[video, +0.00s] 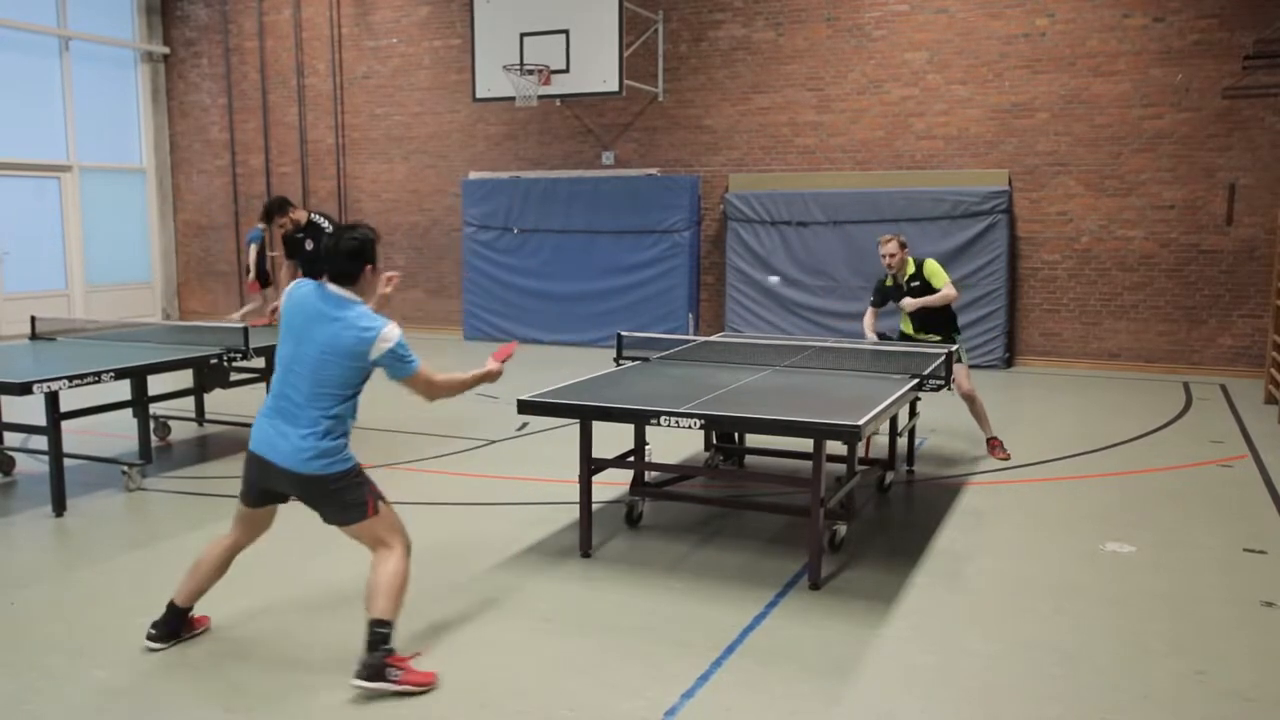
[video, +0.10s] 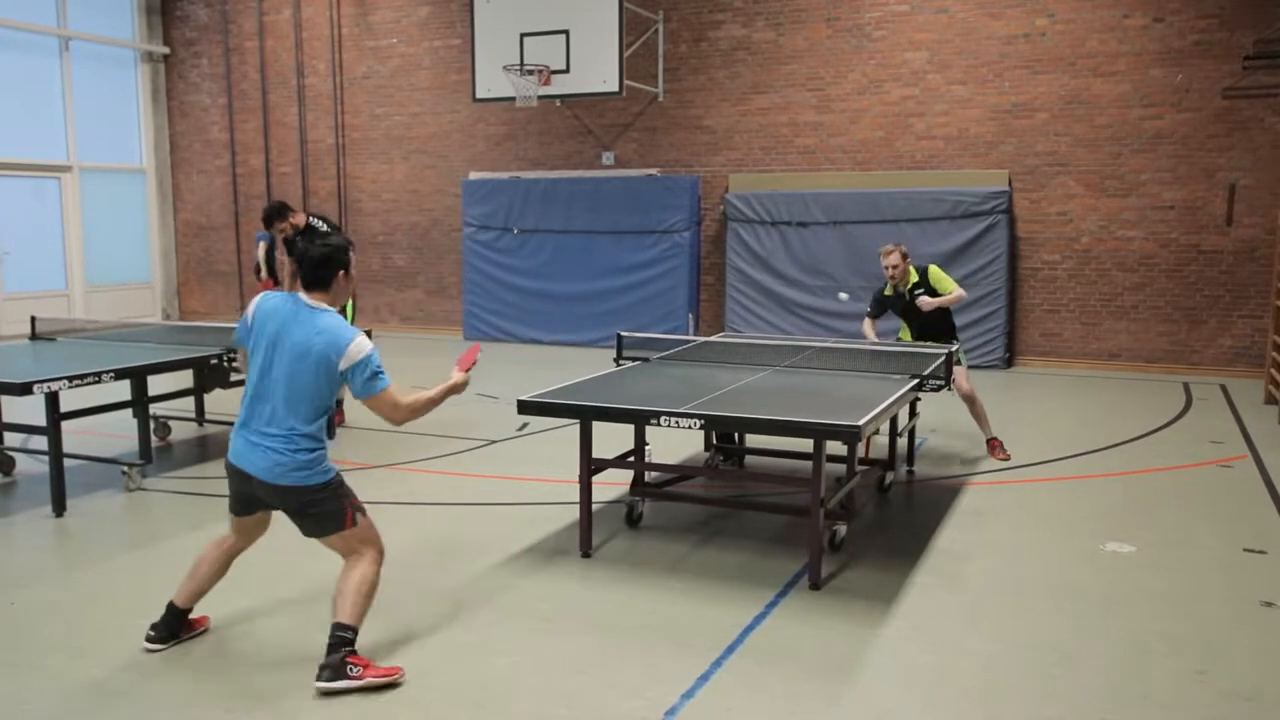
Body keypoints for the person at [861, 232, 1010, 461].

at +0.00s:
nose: (887, 261)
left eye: (892, 255)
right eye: (883, 257)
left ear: (905, 253)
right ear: (880, 258)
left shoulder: (927, 266)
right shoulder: (886, 283)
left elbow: (951, 294)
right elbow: (870, 314)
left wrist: (917, 302)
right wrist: (870, 332)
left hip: (944, 340)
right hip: (909, 341)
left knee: (966, 390)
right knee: (880, 383)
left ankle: (991, 439)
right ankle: (865, 439)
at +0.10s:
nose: (890, 273)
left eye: (895, 267)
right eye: (886, 268)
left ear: (907, 263)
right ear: (882, 268)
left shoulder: (928, 273)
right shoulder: (885, 293)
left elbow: (960, 294)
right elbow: (868, 322)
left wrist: (935, 302)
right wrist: (873, 339)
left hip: (946, 343)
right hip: (912, 346)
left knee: (965, 391)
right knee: (885, 384)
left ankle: (991, 440)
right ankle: (869, 431)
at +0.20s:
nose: (898, 280)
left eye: (902, 274)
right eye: (893, 276)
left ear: (911, 267)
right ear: (887, 272)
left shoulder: (930, 271)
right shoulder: (885, 294)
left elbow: (964, 286)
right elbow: (873, 330)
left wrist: (960, 298)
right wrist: (889, 342)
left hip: (944, 342)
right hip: (909, 346)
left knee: (966, 388)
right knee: (882, 384)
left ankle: (991, 439)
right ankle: (868, 434)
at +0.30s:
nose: (904, 285)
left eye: (908, 279)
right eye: (898, 280)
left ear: (914, 272)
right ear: (889, 274)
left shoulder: (927, 272)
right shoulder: (885, 294)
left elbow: (952, 283)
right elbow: (881, 327)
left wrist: (967, 293)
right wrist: (897, 322)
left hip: (943, 342)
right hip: (909, 346)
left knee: (967, 387)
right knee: (882, 386)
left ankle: (991, 439)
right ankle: (868, 434)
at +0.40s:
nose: (905, 275)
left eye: (910, 270)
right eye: (900, 271)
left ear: (916, 265)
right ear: (892, 268)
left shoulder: (930, 272)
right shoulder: (887, 291)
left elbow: (952, 283)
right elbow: (865, 321)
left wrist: (969, 294)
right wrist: (868, 324)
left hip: (942, 342)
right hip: (907, 345)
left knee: (968, 387)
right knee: (884, 388)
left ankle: (991, 439)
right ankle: (867, 439)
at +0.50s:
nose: (904, 263)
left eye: (909, 258)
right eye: (899, 258)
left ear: (917, 254)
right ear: (891, 255)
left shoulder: (932, 266)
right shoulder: (884, 284)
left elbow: (957, 282)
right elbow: (859, 313)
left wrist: (968, 297)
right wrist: (859, 328)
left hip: (936, 337)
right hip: (900, 338)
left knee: (965, 384)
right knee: (878, 384)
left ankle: (991, 439)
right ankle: (867, 436)